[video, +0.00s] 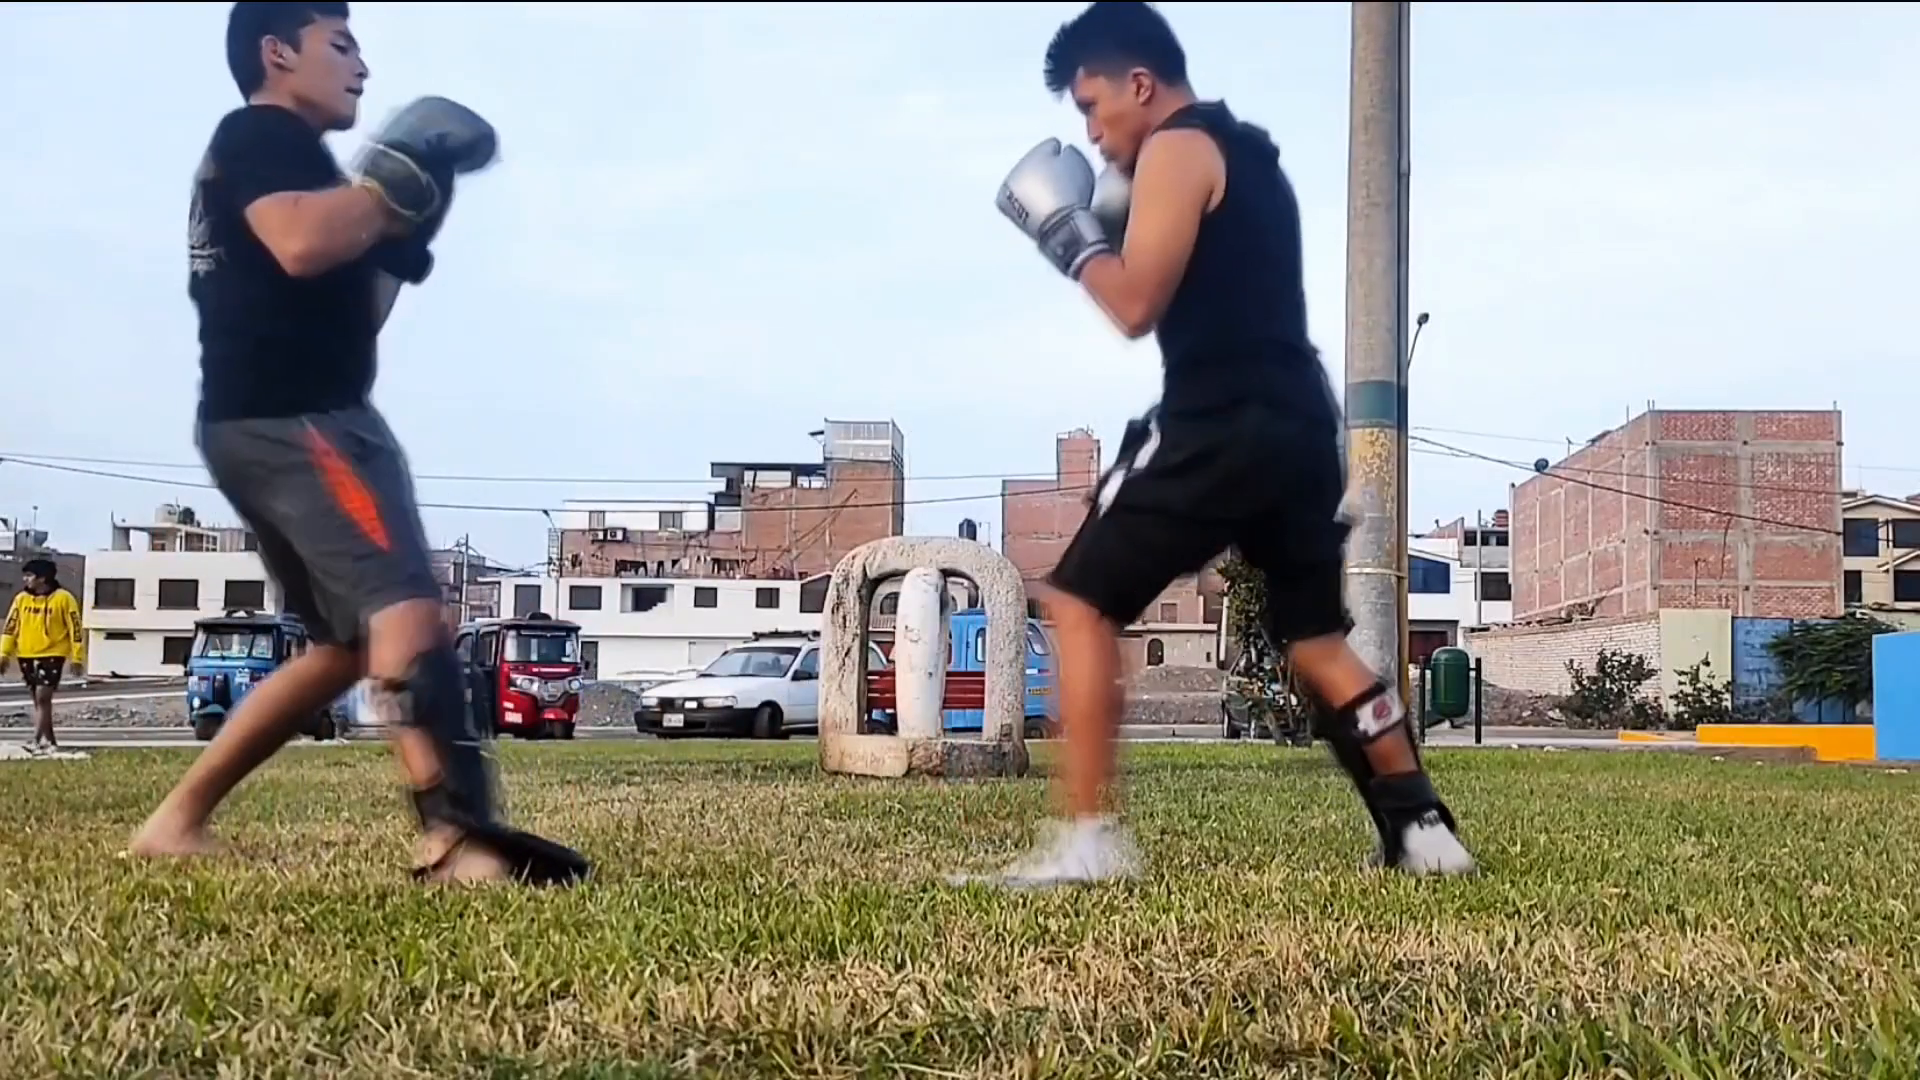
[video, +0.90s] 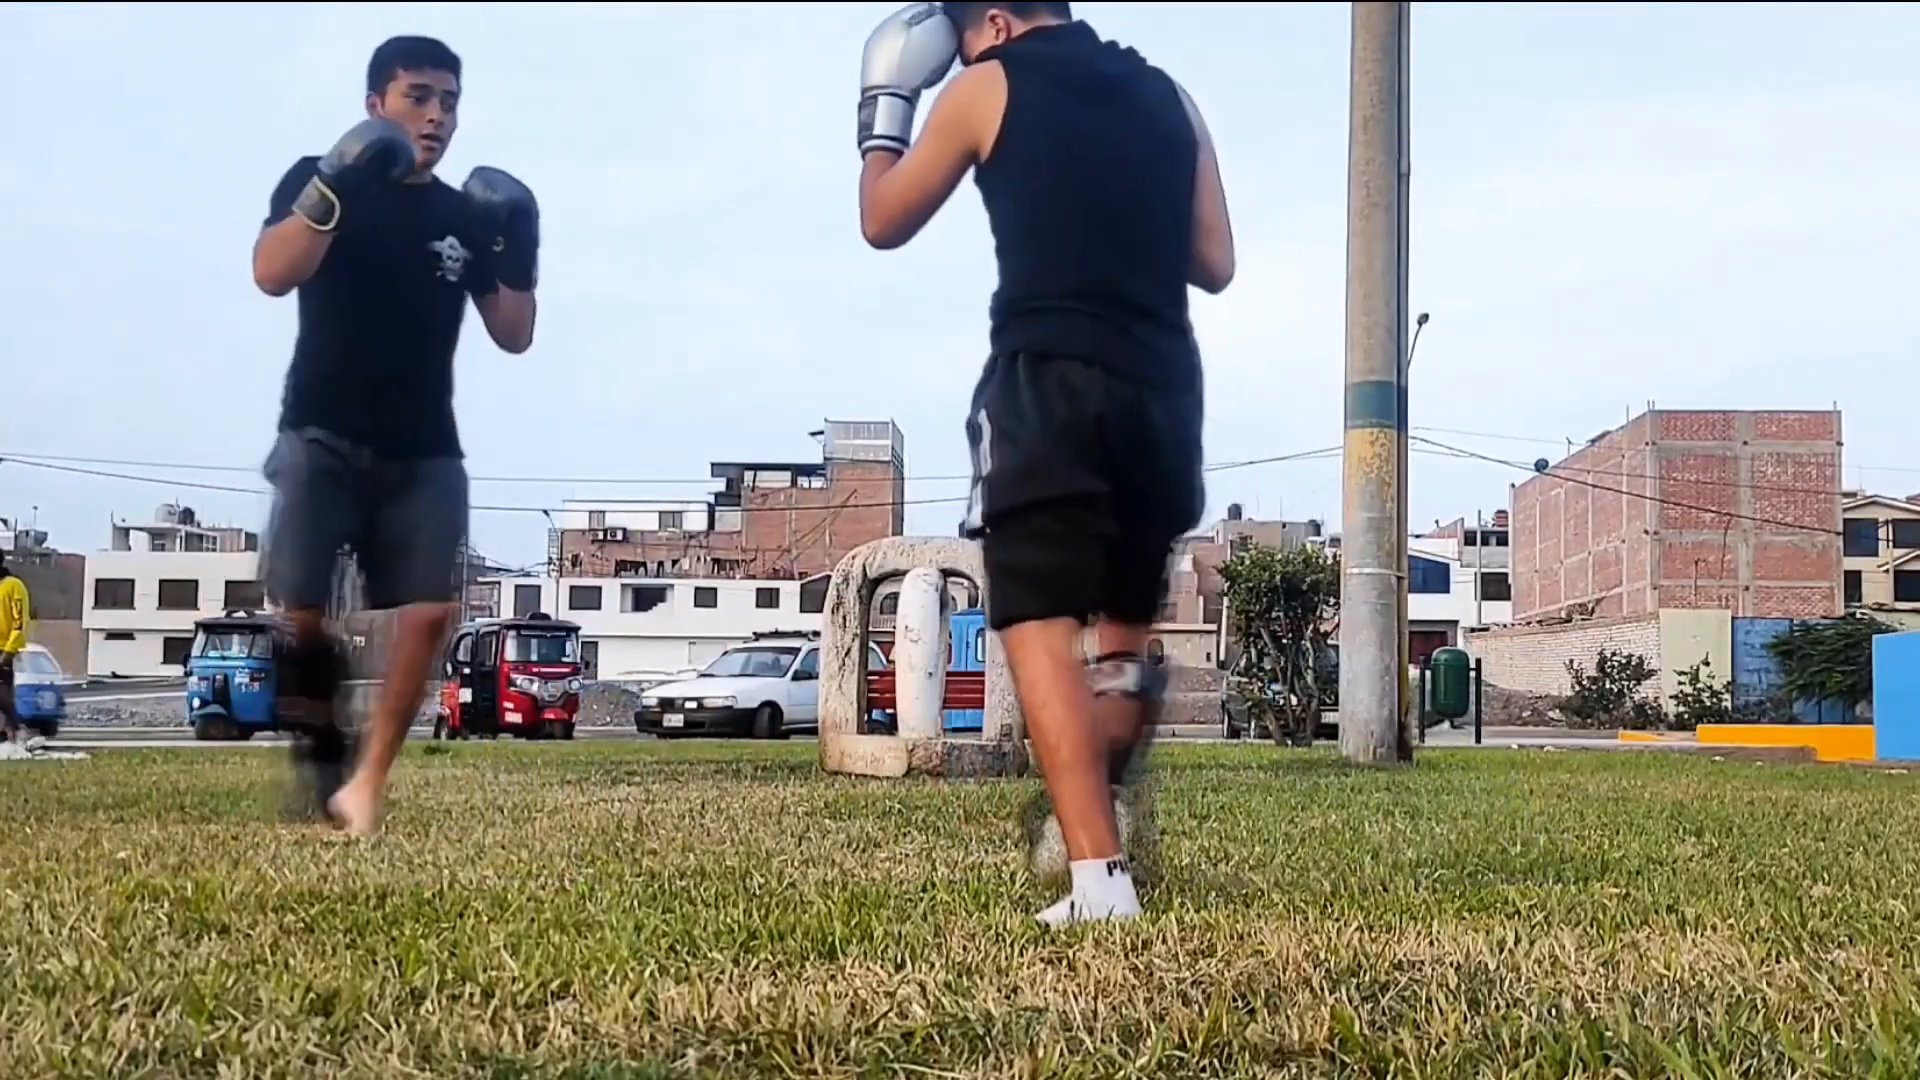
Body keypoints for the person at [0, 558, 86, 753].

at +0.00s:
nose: (25, 580)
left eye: (29, 576)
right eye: (25, 576)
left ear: (42, 578)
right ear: (35, 578)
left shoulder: (64, 598)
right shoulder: (21, 599)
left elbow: (76, 630)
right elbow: (10, 628)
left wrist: (77, 657)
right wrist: (4, 653)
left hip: (52, 653)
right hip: (27, 654)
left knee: (43, 696)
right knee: (38, 699)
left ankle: (36, 740)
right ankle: (50, 740)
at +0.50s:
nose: (4, 574)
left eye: (8, 571)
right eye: (4, 570)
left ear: (22, 572)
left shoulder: (44, 592)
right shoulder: (3, 591)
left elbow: (52, 625)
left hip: (32, 655)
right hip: (5, 653)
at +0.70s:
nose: (1, 576)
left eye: (3, 571)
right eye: (1, 571)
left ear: (10, 571)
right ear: (8, 571)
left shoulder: (29, 591)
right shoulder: (4, 592)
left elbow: (35, 627)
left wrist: (21, 655)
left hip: (18, 653)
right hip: (4, 652)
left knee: (21, 695)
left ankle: (29, 730)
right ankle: (3, 728)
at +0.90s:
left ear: (2, 564)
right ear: (4, 564)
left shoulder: (13, 585)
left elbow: (19, 624)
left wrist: (8, 652)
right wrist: (8, 651)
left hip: (6, 652)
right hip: (4, 651)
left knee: (5, 699)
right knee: (5, 699)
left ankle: (18, 733)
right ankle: (9, 736)